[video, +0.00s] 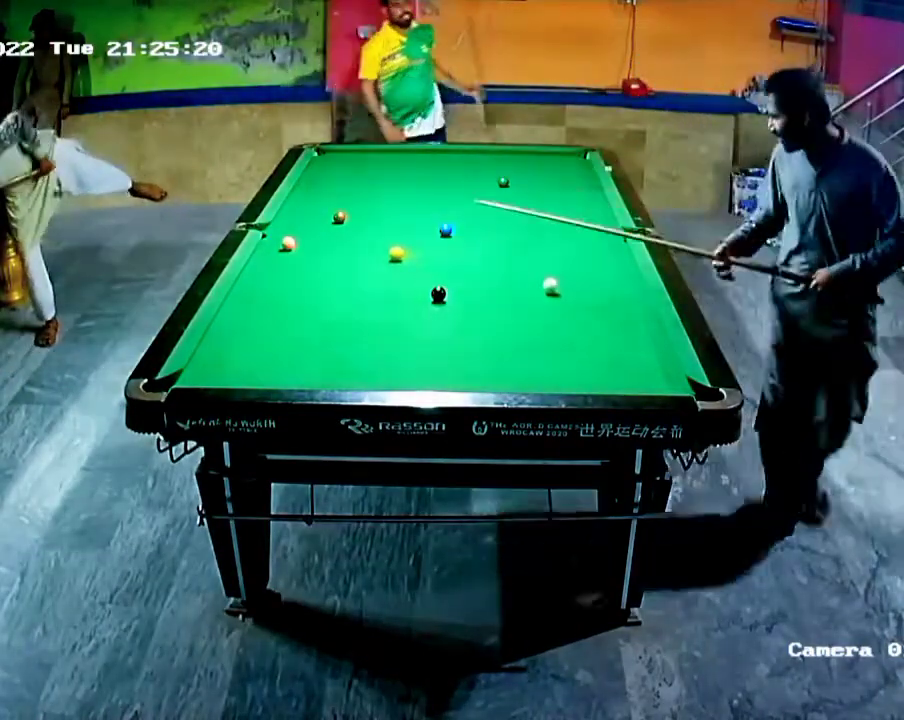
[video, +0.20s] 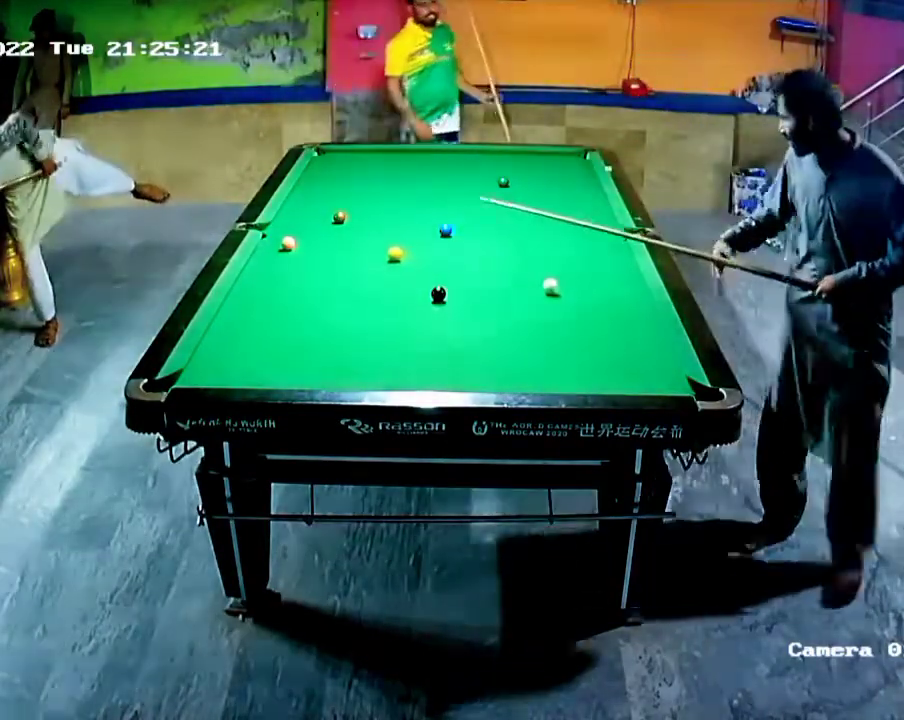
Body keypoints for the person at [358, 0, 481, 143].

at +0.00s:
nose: (405, 10)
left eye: (409, 4)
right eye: (397, 6)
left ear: (414, 5)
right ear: (386, 10)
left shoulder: (422, 32)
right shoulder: (374, 46)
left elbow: (430, 65)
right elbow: (367, 88)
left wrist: (461, 87)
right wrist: (386, 126)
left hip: (434, 123)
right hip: (404, 130)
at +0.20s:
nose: (431, 10)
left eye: (434, 3)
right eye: (423, 5)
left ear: (439, 6)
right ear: (411, 8)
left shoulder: (445, 33)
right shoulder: (399, 44)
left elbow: (452, 75)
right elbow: (393, 87)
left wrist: (480, 95)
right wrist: (416, 123)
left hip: (450, 122)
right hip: (422, 128)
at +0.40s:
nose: (460, 13)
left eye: (462, 7)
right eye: (452, 9)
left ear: (466, 7)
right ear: (440, 11)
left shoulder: (469, 36)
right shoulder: (428, 45)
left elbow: (469, 79)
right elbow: (421, 90)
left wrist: (493, 100)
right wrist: (450, 122)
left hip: (471, 121)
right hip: (444, 128)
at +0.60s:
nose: (486, 18)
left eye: (488, 12)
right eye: (477, 14)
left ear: (493, 11)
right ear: (466, 15)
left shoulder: (493, 41)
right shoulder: (458, 52)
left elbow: (492, 84)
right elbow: (450, 96)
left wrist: (511, 108)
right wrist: (481, 125)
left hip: (500, 128)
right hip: (473, 135)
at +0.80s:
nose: (522, 21)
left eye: (525, 14)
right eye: (514, 16)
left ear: (530, 12)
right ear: (503, 16)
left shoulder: (532, 41)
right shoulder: (495, 52)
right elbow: (490, 97)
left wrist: (546, 121)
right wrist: (528, 125)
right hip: (510, 137)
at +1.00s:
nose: (554, 25)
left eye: (557, 18)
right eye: (546, 20)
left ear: (562, 17)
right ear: (536, 20)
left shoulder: (565, 45)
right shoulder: (525, 54)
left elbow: (566, 89)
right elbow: (518, 100)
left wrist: (574, 127)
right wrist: (554, 130)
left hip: (567, 131)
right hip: (536, 134)